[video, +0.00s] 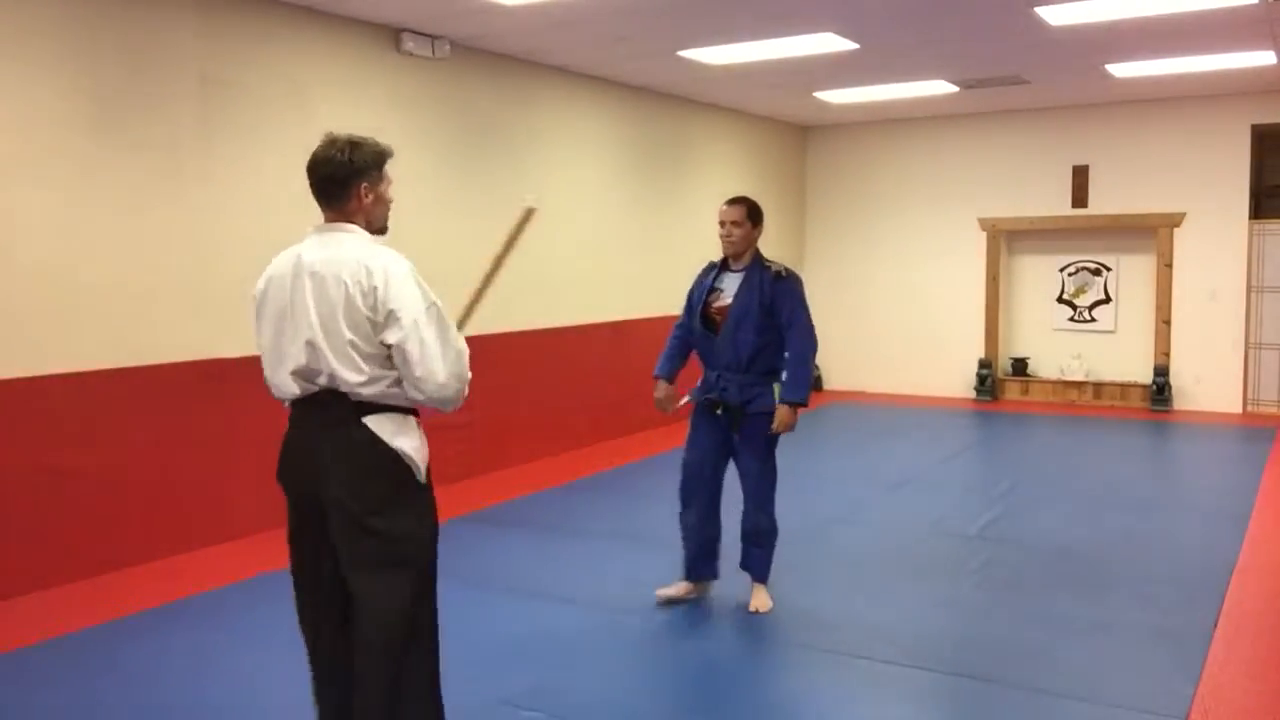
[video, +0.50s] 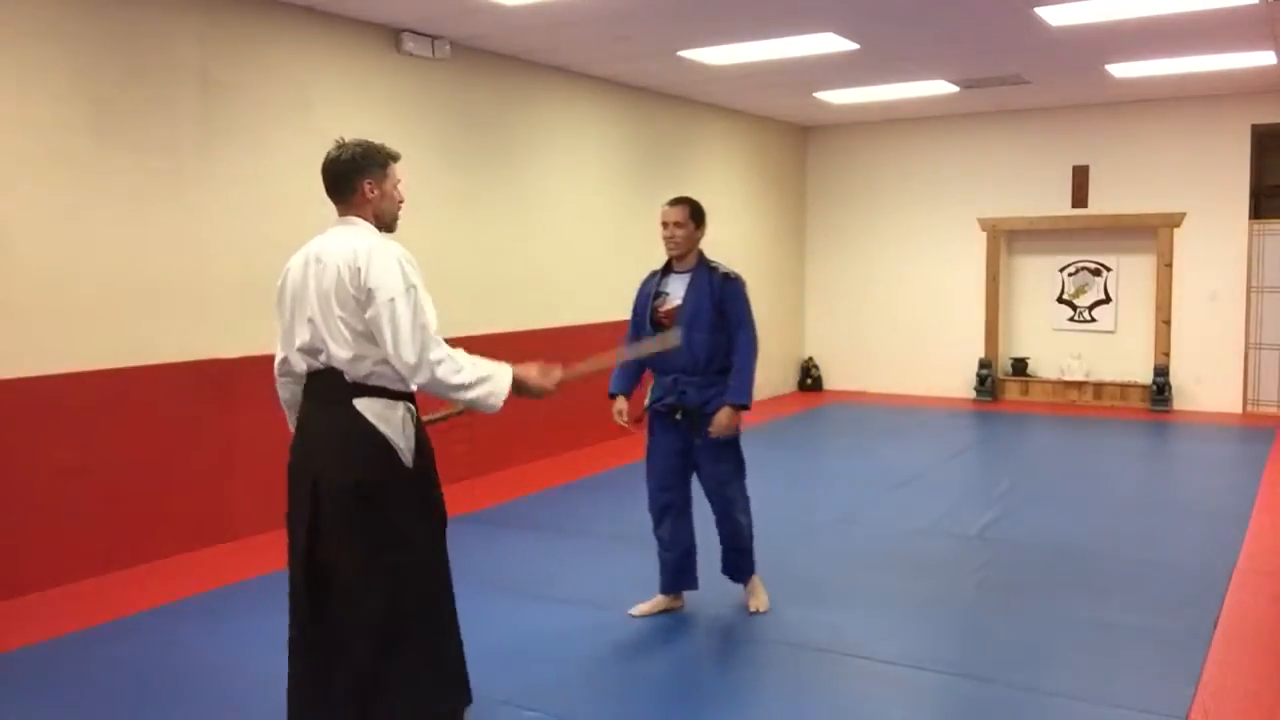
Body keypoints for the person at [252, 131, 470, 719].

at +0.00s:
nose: (391, 195)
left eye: (388, 183)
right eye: (384, 184)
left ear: (328, 196)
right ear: (361, 193)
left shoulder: (277, 273)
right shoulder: (385, 269)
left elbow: (281, 371)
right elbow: (443, 383)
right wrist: (439, 335)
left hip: (304, 450)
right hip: (377, 453)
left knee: (326, 617)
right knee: (394, 619)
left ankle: (338, 713)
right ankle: (398, 714)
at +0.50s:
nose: (402, 194)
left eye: (399, 183)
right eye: (395, 184)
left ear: (348, 194)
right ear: (368, 190)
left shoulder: (299, 264)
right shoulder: (380, 256)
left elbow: (289, 371)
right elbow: (421, 357)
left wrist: (312, 432)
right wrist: (511, 377)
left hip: (316, 433)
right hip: (377, 431)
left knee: (326, 589)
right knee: (402, 584)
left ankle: (329, 709)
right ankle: (414, 706)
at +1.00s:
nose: (427, 199)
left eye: (425, 188)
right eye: (420, 189)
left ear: (372, 198)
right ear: (397, 196)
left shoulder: (319, 261)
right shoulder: (401, 263)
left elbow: (295, 359)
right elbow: (428, 374)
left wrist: (316, 423)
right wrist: (488, 423)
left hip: (328, 419)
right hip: (384, 424)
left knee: (336, 567)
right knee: (407, 565)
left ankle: (318, 700)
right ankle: (412, 702)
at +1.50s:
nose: (393, 203)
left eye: (390, 192)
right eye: (387, 193)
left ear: (342, 201)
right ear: (361, 200)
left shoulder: (299, 259)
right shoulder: (359, 264)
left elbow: (283, 348)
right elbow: (380, 366)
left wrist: (333, 384)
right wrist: (418, 449)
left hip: (294, 425)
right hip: (344, 431)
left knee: (302, 565)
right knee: (371, 568)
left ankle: (299, 695)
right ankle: (379, 700)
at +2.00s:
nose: (384, 198)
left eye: (380, 187)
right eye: (376, 189)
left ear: (334, 200)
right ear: (351, 199)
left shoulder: (297, 256)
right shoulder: (348, 266)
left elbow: (290, 343)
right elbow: (371, 368)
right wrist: (406, 450)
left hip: (303, 418)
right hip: (347, 426)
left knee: (309, 560)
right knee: (363, 565)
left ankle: (305, 696)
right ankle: (358, 703)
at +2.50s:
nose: (393, 226)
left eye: (391, 216)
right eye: (390, 218)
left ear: (334, 225)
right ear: (376, 222)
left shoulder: (293, 290)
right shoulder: (401, 291)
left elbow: (275, 379)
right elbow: (463, 381)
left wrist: (323, 400)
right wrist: (494, 355)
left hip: (317, 445)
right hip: (387, 444)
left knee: (324, 576)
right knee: (431, 574)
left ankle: (315, 706)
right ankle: (449, 704)